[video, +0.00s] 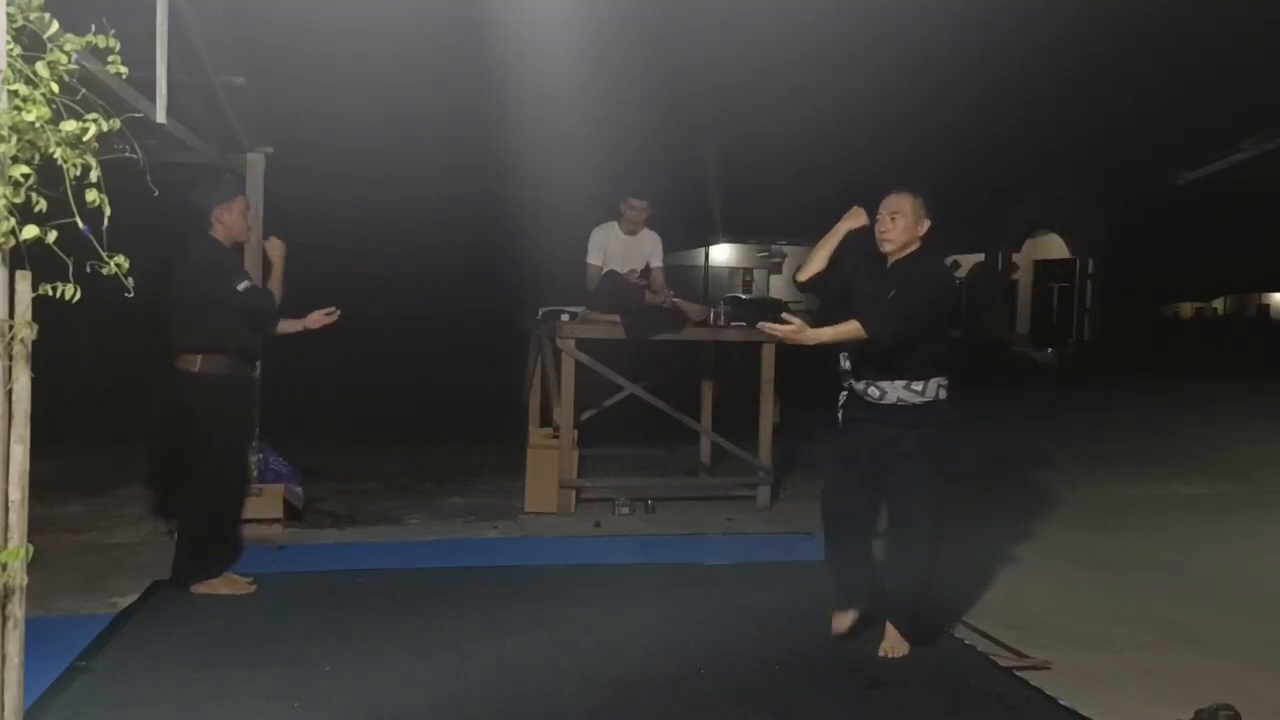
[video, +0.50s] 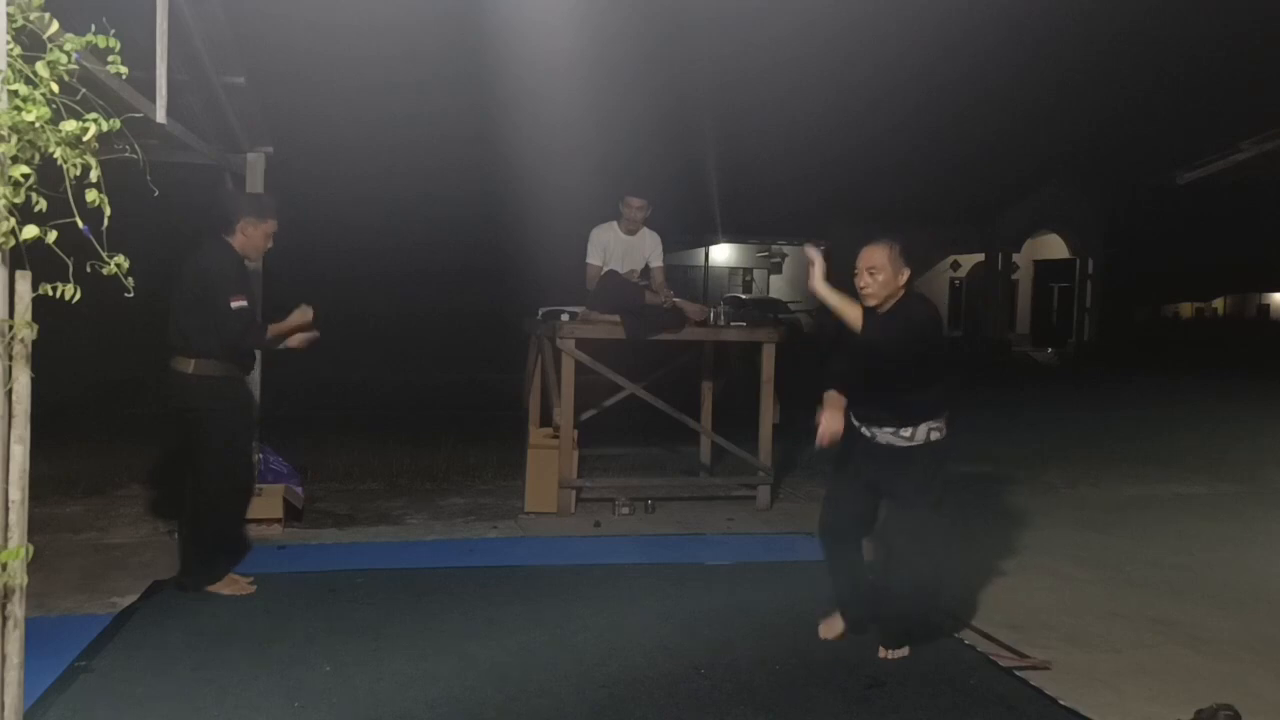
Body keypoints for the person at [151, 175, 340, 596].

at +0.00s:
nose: (251, 217)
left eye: (249, 209)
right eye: (244, 209)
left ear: (221, 215)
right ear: (221, 214)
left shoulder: (214, 257)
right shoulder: (209, 258)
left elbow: (250, 320)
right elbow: (264, 308)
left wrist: (303, 323)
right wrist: (277, 262)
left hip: (216, 377)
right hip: (209, 380)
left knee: (217, 473)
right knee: (215, 474)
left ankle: (205, 567)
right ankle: (203, 573)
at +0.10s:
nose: (251, 219)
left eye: (250, 211)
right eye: (245, 212)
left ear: (220, 216)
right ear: (221, 216)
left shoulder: (201, 255)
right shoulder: (216, 260)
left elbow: (234, 322)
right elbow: (247, 325)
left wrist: (277, 311)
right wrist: (293, 309)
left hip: (200, 377)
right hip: (214, 381)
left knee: (212, 472)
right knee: (217, 474)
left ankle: (202, 567)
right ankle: (204, 573)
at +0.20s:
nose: (255, 222)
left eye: (254, 214)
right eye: (248, 214)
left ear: (227, 219)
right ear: (225, 218)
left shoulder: (214, 257)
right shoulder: (216, 260)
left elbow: (232, 323)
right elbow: (238, 327)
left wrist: (275, 322)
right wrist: (287, 321)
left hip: (209, 379)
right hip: (212, 382)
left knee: (215, 474)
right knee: (217, 476)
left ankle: (208, 567)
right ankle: (204, 573)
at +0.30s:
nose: (262, 229)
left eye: (262, 221)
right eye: (257, 221)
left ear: (232, 223)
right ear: (232, 221)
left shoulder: (214, 257)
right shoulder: (219, 262)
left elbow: (225, 327)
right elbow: (238, 331)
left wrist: (272, 330)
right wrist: (286, 330)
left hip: (205, 378)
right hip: (212, 382)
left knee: (214, 475)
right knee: (215, 477)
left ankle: (206, 568)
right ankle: (202, 574)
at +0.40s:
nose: (266, 235)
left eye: (266, 227)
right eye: (262, 226)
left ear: (238, 225)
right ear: (236, 223)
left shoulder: (217, 258)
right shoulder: (221, 263)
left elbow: (230, 329)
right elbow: (239, 333)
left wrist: (272, 331)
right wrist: (285, 332)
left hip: (207, 380)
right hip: (210, 384)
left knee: (216, 475)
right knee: (215, 477)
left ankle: (209, 568)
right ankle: (202, 574)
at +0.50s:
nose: (271, 245)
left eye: (272, 236)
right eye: (268, 235)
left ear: (244, 229)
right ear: (244, 228)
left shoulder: (214, 259)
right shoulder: (224, 266)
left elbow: (234, 336)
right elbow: (242, 337)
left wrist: (283, 344)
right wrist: (287, 326)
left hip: (200, 378)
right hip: (210, 383)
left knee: (212, 472)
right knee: (220, 475)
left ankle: (207, 567)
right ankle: (206, 573)